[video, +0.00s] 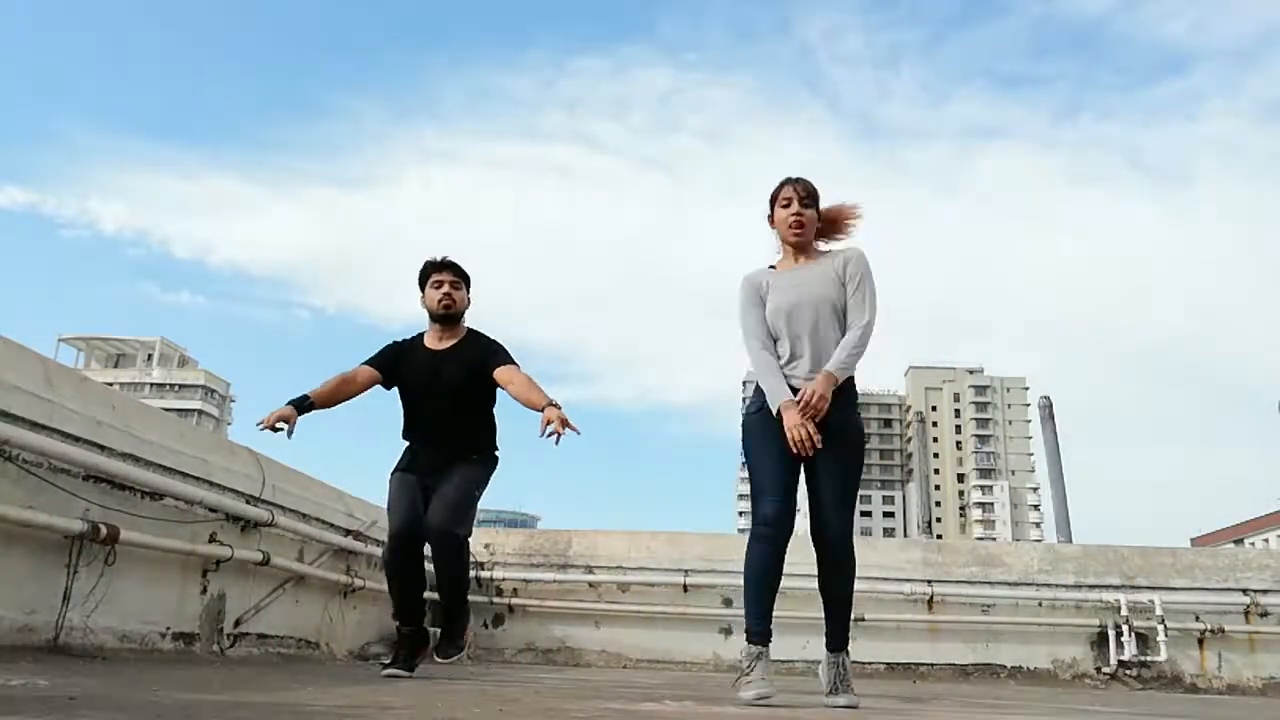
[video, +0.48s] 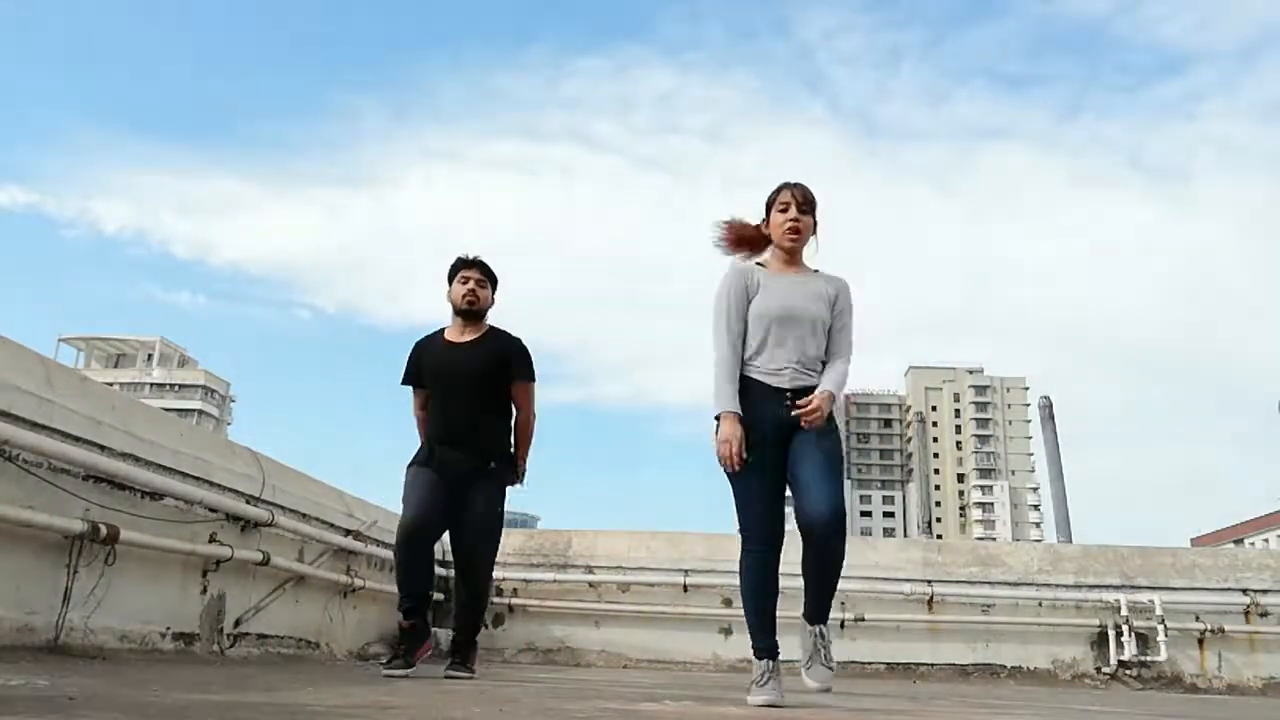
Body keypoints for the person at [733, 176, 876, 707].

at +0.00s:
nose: (796, 212)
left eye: (805, 204)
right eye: (786, 205)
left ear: (818, 217)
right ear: (772, 219)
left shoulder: (849, 261)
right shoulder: (755, 282)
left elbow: (862, 326)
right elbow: (757, 350)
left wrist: (827, 378)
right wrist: (785, 405)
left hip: (834, 404)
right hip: (769, 406)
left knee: (833, 531)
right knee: (772, 520)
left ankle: (837, 660)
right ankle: (756, 655)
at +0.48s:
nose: (794, 217)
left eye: (803, 211)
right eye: (783, 210)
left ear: (814, 224)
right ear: (766, 222)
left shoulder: (834, 287)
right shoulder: (741, 275)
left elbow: (840, 356)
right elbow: (725, 348)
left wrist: (828, 393)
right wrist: (728, 415)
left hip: (814, 410)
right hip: (754, 408)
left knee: (825, 518)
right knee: (760, 536)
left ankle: (815, 625)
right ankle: (765, 662)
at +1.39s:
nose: (777, 188)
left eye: (787, 181)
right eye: (766, 180)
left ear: (801, 198)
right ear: (750, 195)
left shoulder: (829, 251)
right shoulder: (728, 258)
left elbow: (842, 320)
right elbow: (722, 330)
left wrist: (780, 320)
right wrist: (784, 357)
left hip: (831, 399)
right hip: (762, 400)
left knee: (832, 526)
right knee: (743, 530)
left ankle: (835, 670)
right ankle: (720, 666)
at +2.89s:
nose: (786, 210)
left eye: (795, 205)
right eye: (775, 204)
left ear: (806, 223)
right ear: (757, 221)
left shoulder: (828, 269)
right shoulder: (735, 274)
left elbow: (883, 309)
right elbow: (690, 313)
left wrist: (845, 258)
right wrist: (753, 280)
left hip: (819, 412)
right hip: (751, 413)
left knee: (843, 538)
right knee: (738, 531)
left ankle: (858, 673)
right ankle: (717, 665)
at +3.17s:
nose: (785, 215)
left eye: (794, 210)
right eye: (774, 208)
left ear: (804, 230)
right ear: (755, 224)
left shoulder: (827, 282)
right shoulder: (728, 279)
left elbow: (843, 352)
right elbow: (681, 328)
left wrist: (889, 302)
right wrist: (710, 329)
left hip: (813, 418)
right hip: (745, 418)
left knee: (851, 534)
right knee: (731, 532)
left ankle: (859, 672)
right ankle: (717, 667)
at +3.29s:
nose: (785, 212)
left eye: (794, 207)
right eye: (775, 205)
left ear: (805, 224)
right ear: (756, 220)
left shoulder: (828, 280)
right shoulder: (730, 280)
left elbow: (853, 352)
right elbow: (715, 352)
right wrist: (688, 397)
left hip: (809, 413)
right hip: (740, 413)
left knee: (843, 534)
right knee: (729, 535)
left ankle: (858, 672)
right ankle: (717, 668)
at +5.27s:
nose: (781, 198)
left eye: (789, 193)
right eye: (769, 192)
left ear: (799, 212)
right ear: (749, 212)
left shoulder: (827, 270)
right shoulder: (725, 271)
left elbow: (864, 334)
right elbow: (688, 335)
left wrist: (889, 361)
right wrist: (692, 355)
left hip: (811, 408)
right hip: (744, 408)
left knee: (828, 535)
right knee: (738, 534)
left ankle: (854, 672)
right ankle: (719, 668)